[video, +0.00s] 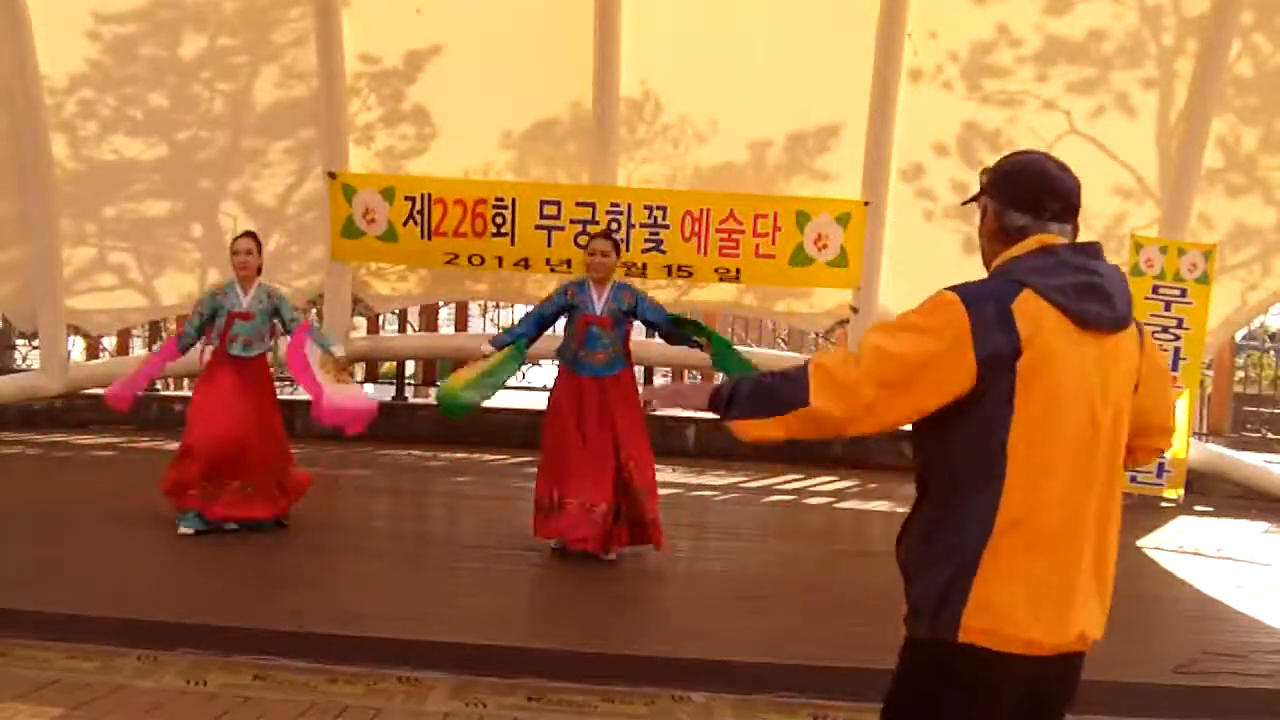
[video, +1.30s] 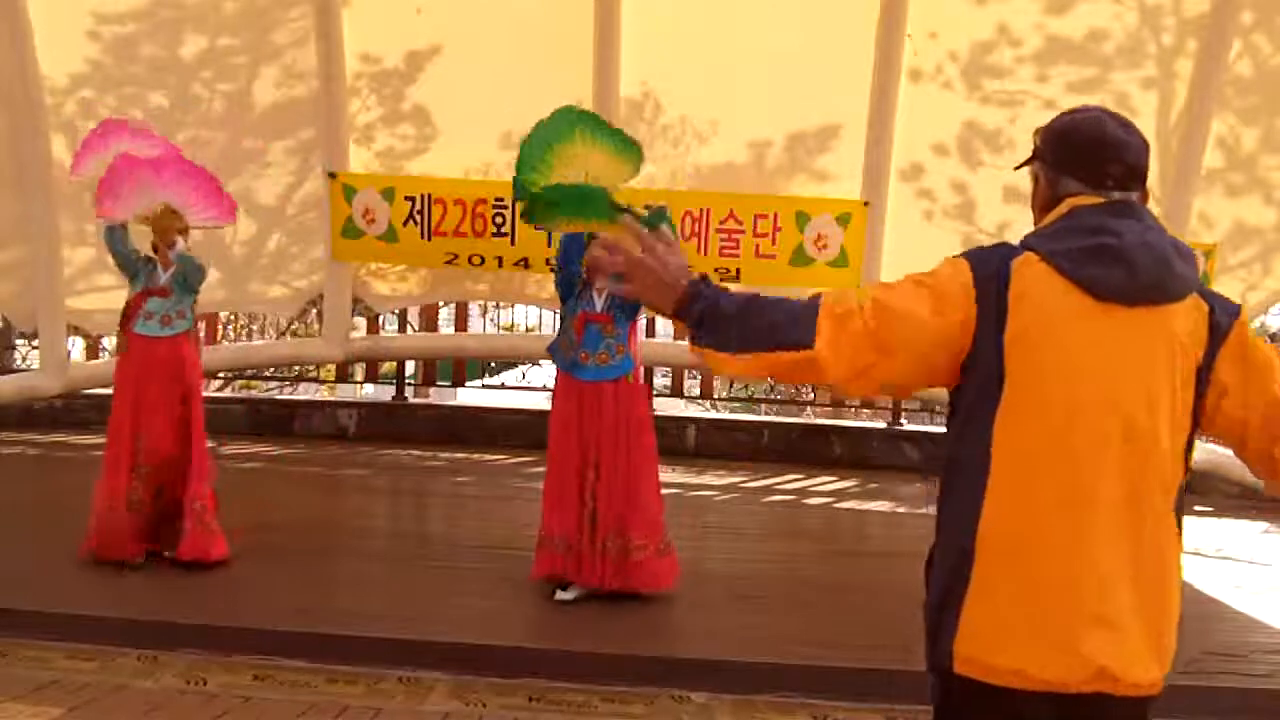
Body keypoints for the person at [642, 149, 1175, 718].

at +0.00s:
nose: (976, 227)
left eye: (979, 212)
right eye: (979, 212)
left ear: (992, 219)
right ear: (1064, 225)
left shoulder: (984, 310)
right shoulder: (1126, 329)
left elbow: (854, 386)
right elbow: (1150, 436)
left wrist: (735, 397)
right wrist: (1074, 431)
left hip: (972, 628)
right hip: (1065, 632)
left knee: (919, 711)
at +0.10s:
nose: (997, 220)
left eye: (1000, 205)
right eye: (999, 205)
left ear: (1014, 210)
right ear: (1087, 221)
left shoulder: (988, 305)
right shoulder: (1144, 325)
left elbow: (848, 354)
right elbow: (1184, 410)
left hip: (965, 618)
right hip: (1063, 624)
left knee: (927, 713)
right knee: (1025, 715)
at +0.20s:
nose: (1010, 224)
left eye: (1013, 207)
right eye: (1013, 208)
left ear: (1027, 209)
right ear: (1107, 220)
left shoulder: (984, 300)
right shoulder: (1159, 335)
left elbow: (841, 314)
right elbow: (1219, 417)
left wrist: (734, 250)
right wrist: (1189, 355)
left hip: (956, 612)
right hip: (1058, 623)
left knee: (914, 719)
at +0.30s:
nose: (1012, 222)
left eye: (1014, 208)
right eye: (1014, 209)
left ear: (1029, 213)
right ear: (1114, 223)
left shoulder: (978, 299)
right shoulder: (1161, 342)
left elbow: (843, 285)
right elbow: (1236, 451)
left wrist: (721, 233)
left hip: (948, 624)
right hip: (1054, 639)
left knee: (901, 712)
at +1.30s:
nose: (1028, 198)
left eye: (1032, 184)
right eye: (1034, 184)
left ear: (1047, 187)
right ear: (1137, 192)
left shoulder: (998, 281)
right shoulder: (1210, 322)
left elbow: (848, 330)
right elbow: (1274, 444)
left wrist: (688, 298)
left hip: (999, 643)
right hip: (1131, 651)